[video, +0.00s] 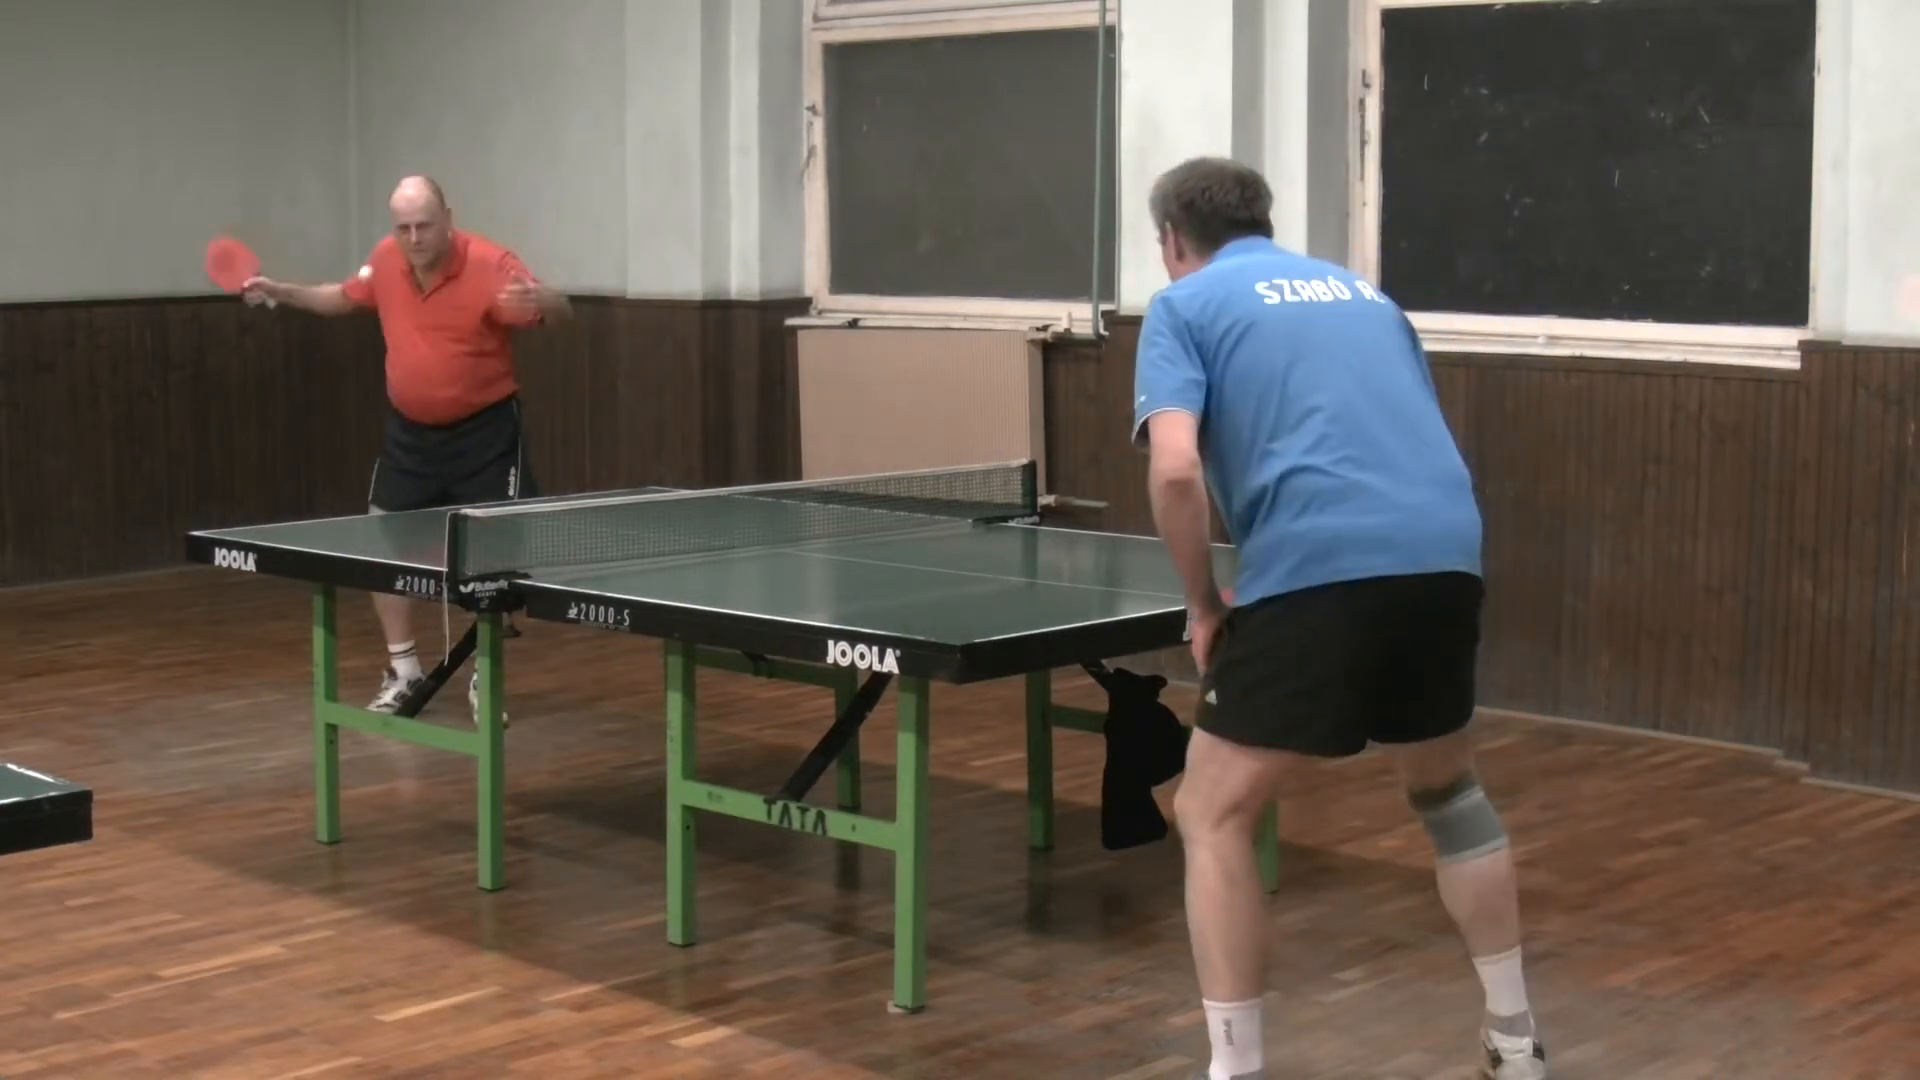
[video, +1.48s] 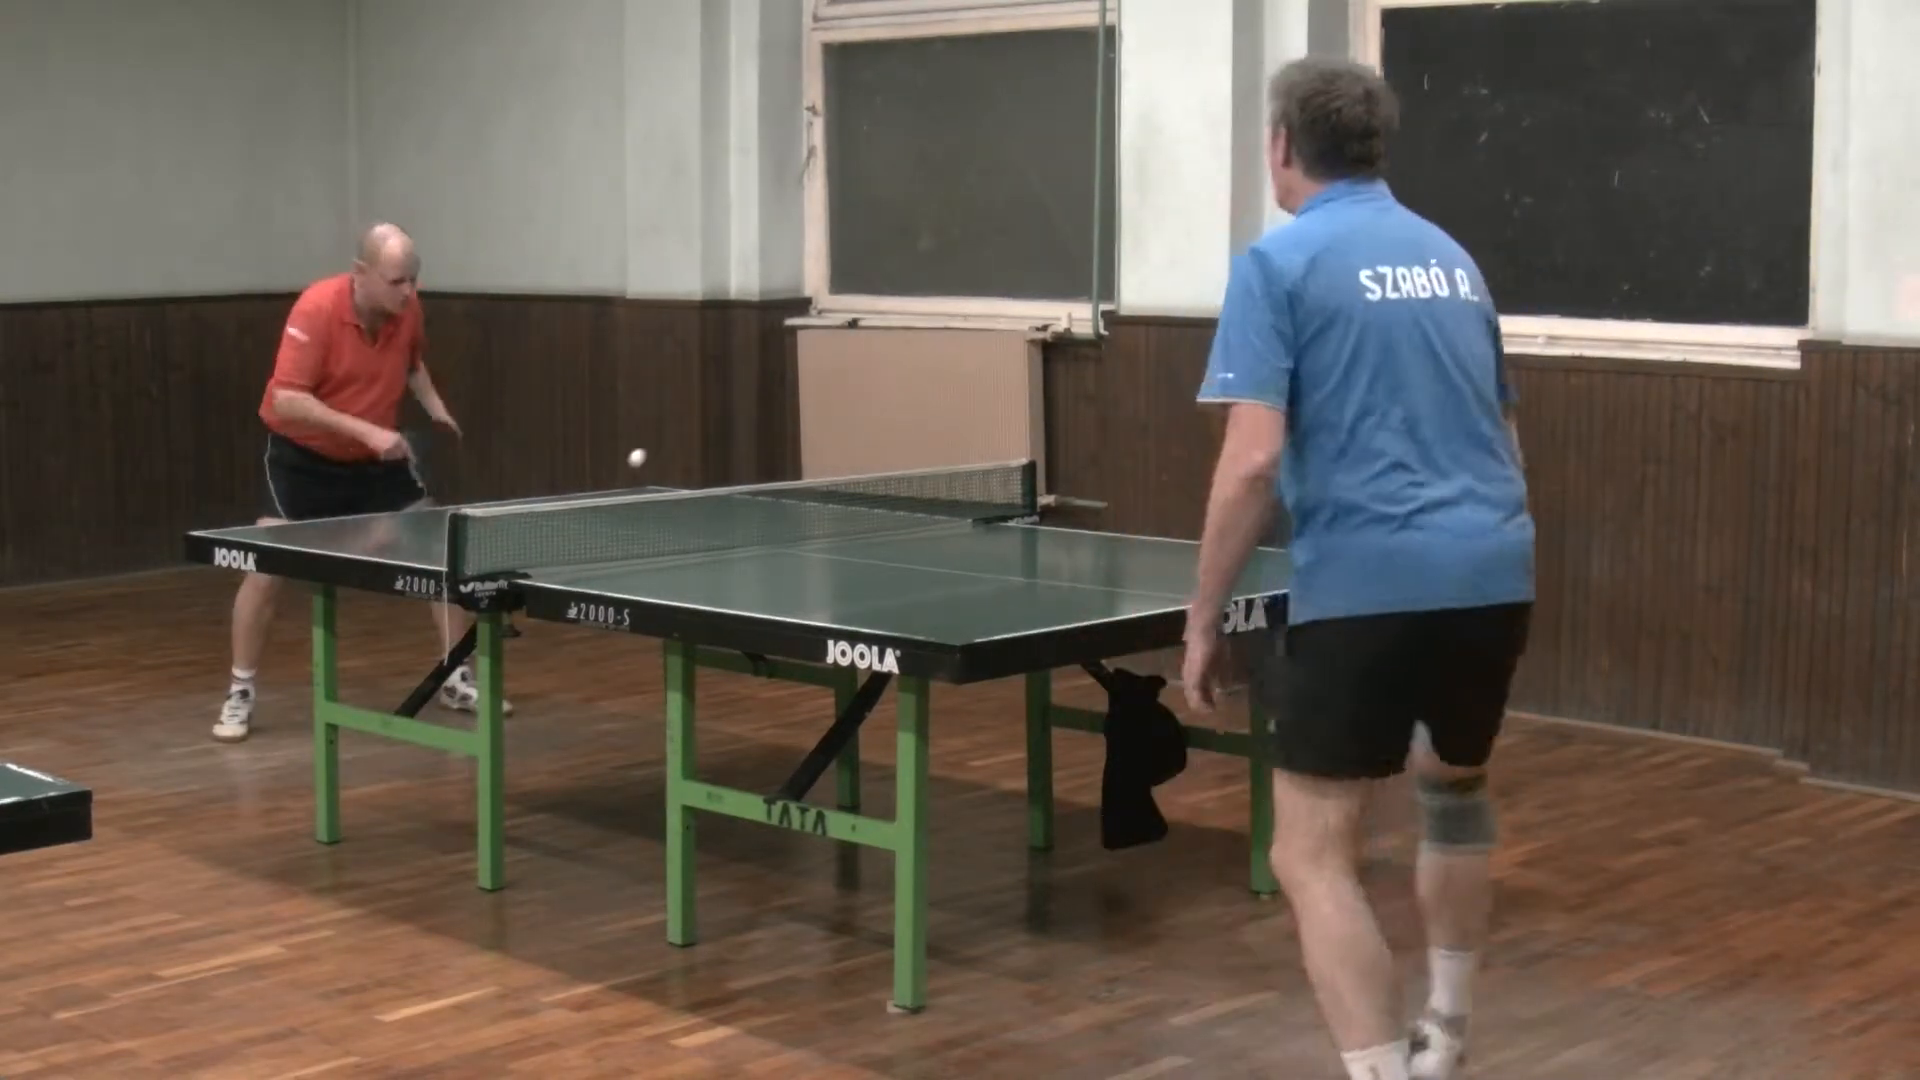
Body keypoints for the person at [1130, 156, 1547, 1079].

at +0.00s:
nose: (1163, 269)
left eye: (1160, 253)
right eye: (1164, 256)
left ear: (1178, 245)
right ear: (1261, 229)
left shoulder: (1181, 309)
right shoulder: (1361, 290)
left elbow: (1176, 467)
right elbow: (1411, 430)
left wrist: (1202, 601)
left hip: (1313, 571)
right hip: (1445, 559)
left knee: (1214, 812)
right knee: (1447, 786)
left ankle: (1235, 1065)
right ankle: (1516, 1040)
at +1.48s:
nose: (1266, 158)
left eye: (1268, 141)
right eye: (1269, 141)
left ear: (1285, 149)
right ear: (1380, 150)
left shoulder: (1278, 260)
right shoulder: (1450, 255)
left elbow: (1254, 460)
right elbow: (1501, 442)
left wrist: (1204, 618)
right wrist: (1479, 565)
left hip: (1359, 597)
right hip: (1491, 584)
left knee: (1314, 850)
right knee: (1456, 793)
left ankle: (1377, 1067)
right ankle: (1443, 1029)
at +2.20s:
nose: (1422, 250)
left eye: (1422, 236)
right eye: (1422, 236)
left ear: (1438, 240)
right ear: (1530, 229)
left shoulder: (1434, 329)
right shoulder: (1610, 309)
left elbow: (1422, 524)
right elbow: (1651, 463)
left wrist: (1426, 671)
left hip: (1580, 619)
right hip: (1710, 598)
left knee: (1442, 877)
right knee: (1663, 791)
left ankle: (1493, 1070)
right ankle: (1702, 1024)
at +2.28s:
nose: (1481, 259)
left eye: (1484, 247)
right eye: (1485, 246)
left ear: (1500, 254)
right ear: (1589, 252)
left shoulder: (1468, 344)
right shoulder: (1660, 343)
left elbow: (1419, 549)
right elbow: (1725, 514)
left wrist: (1441, 681)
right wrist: (1709, 633)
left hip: (1555, 652)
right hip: (1695, 639)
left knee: (1414, 888)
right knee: (1684, 812)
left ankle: (1478, 1071)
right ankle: (1716, 1013)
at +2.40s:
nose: (1607, 293)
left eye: (1609, 282)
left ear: (1614, 290)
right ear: (1708, 306)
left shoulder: (1543, 364)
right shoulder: (1752, 417)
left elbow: (1414, 516)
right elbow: (1799, 614)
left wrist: (1404, 639)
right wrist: (1807, 734)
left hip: (1538, 671)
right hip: (1681, 685)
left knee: (1418, 905)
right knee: (1696, 813)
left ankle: (1473, 1071)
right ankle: (1719, 1009)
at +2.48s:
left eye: (1683, 300)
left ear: (1685, 311)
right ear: (1780, 339)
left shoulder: (1591, 384)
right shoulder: (1792, 443)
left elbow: (1433, 486)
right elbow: (1833, 626)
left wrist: (1378, 609)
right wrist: (1904, 767)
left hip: (1549, 671)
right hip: (1691, 689)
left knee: (1460, 909)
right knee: (1727, 801)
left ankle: (1472, 1070)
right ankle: (1731, 1003)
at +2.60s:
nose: (1712, 281)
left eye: (1715, 270)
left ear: (1717, 284)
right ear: (1810, 310)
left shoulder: (1635, 348)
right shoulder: (1833, 420)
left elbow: (1515, 430)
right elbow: (1877, 608)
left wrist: (1496, 565)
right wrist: (1919, 710)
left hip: (1605, 640)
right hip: (1747, 661)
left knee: (1517, 870)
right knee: (1775, 787)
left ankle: (1467, 1068)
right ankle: (1730, 1005)